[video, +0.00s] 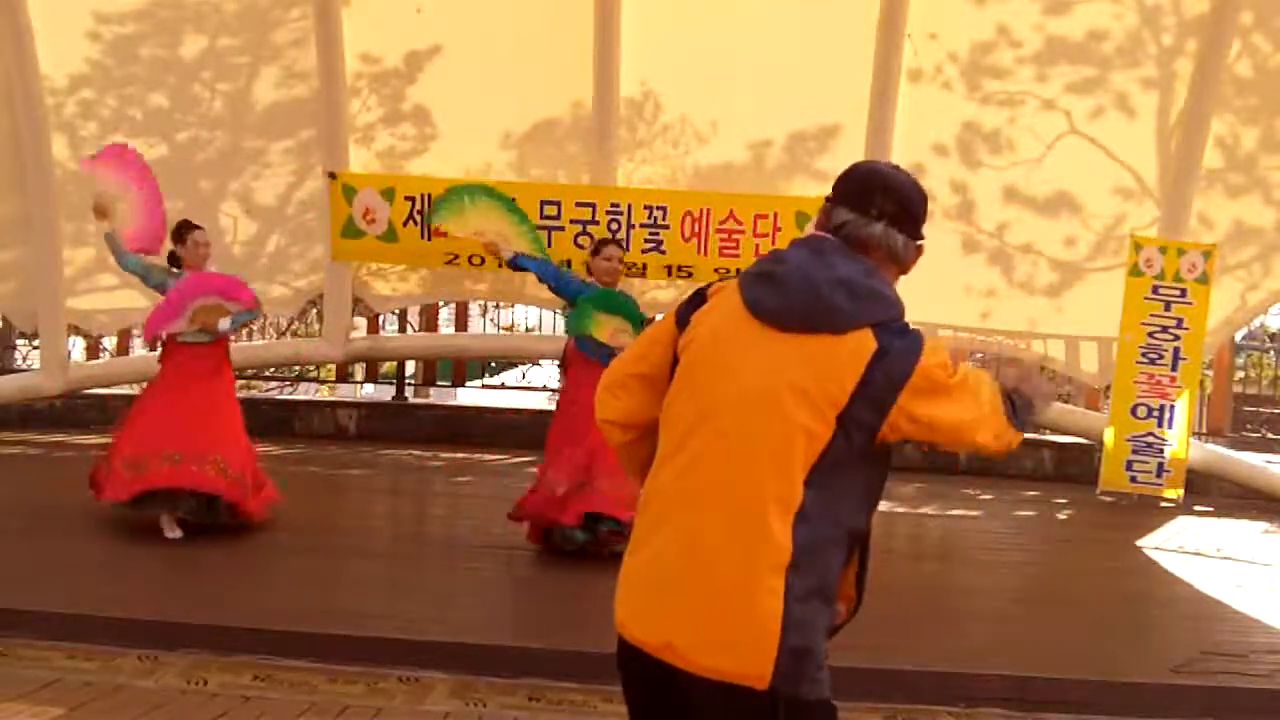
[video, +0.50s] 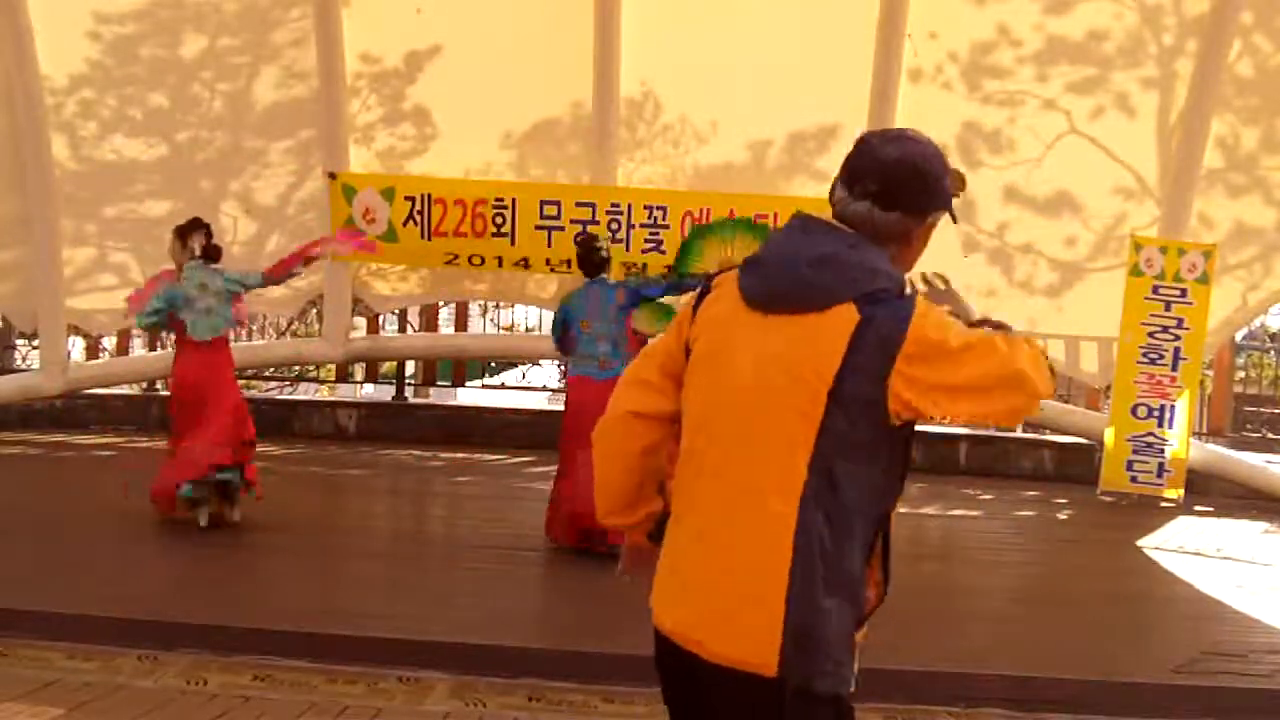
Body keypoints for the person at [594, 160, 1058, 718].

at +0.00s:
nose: (900, 272)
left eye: (904, 259)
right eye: (905, 259)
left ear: (822, 223)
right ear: (902, 256)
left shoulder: (712, 306)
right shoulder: (885, 352)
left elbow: (620, 401)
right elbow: (985, 421)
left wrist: (671, 488)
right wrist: (1016, 397)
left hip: (647, 629)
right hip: (760, 655)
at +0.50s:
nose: (929, 237)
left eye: (932, 222)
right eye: (933, 223)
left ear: (837, 203)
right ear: (920, 230)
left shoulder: (724, 294)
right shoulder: (894, 324)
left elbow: (631, 410)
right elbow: (1021, 382)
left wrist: (636, 518)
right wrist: (971, 327)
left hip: (682, 629)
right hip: (785, 654)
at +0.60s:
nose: (919, 230)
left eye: (924, 213)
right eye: (923, 214)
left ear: (827, 192)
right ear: (912, 217)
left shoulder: (721, 292)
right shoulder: (885, 311)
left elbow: (636, 407)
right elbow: (1020, 335)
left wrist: (644, 518)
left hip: (688, 632)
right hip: (790, 652)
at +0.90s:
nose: (897, 231)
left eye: (899, 214)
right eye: (899, 214)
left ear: (803, 202)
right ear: (883, 219)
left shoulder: (723, 289)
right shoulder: (857, 322)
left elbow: (649, 420)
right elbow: (1002, 413)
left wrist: (676, 512)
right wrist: (1143, 369)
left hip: (689, 623)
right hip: (780, 643)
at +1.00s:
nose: (887, 227)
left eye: (888, 207)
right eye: (889, 209)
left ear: (795, 199)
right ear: (877, 216)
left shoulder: (716, 291)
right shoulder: (844, 321)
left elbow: (652, 425)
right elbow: (952, 464)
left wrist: (681, 510)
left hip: (686, 626)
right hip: (775, 650)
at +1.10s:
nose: (881, 215)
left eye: (880, 198)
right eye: (883, 199)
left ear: (784, 192)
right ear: (870, 210)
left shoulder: (708, 288)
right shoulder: (831, 317)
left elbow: (650, 432)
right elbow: (890, 497)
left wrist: (702, 517)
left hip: (679, 622)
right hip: (766, 643)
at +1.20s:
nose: (879, 211)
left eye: (877, 193)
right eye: (880, 196)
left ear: (779, 190)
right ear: (868, 206)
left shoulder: (707, 283)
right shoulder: (825, 310)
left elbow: (641, 420)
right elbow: (839, 500)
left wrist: (697, 506)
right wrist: (953, 589)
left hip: (671, 613)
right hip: (757, 636)